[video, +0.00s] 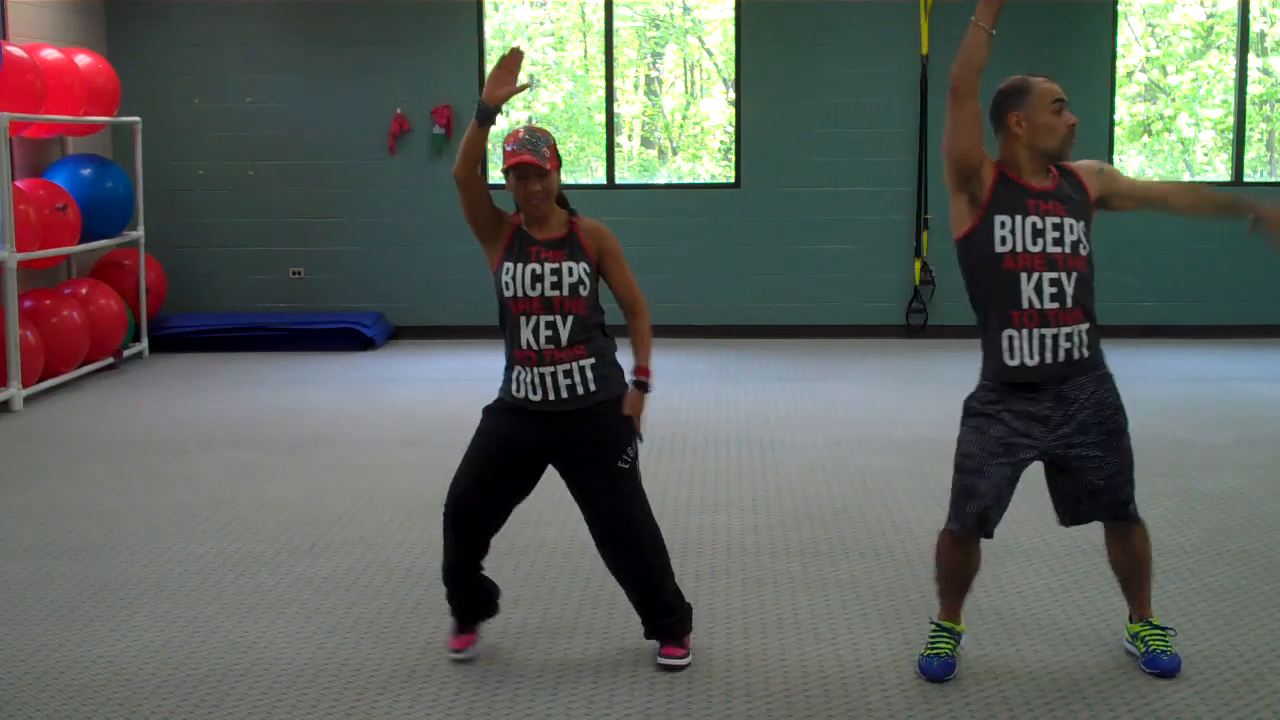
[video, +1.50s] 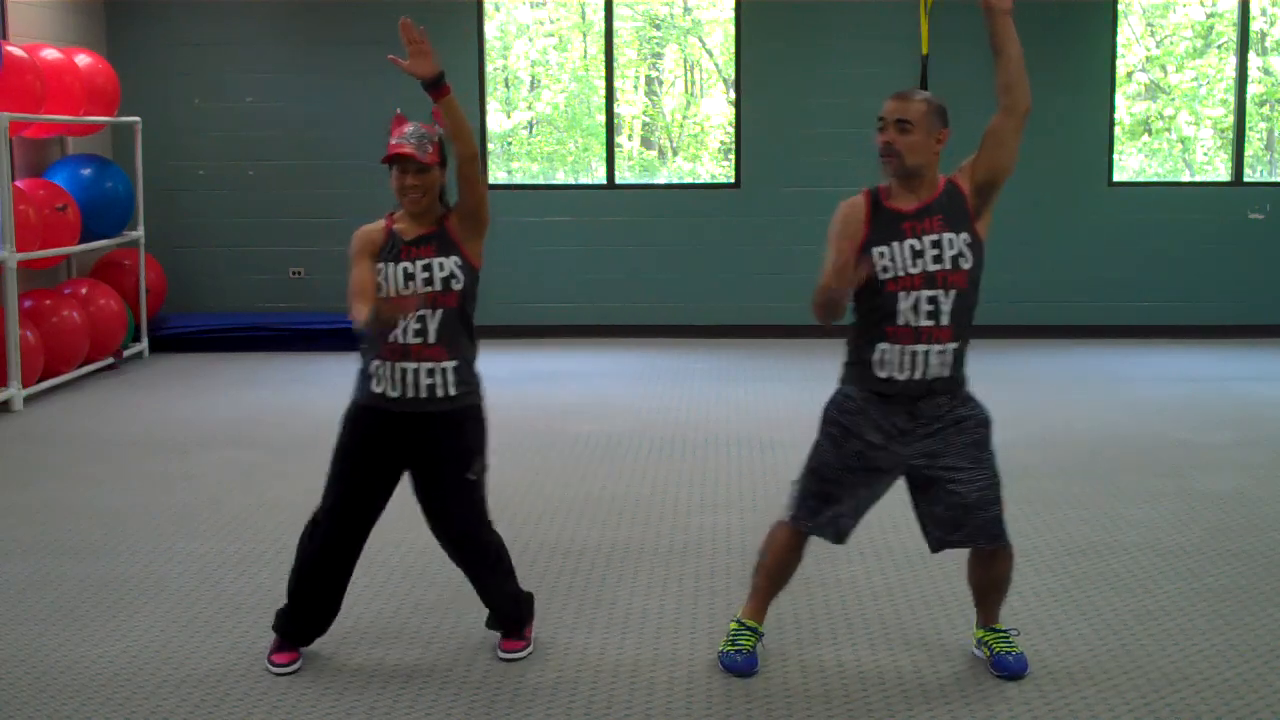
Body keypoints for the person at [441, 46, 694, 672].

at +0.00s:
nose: (527, 185)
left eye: (537, 173)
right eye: (518, 175)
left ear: (557, 176)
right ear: (506, 182)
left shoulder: (591, 237)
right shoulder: (500, 236)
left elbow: (636, 310)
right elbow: (467, 178)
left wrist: (640, 385)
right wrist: (487, 111)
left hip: (592, 408)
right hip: (519, 409)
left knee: (626, 526)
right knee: (463, 513)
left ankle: (670, 627)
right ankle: (467, 612)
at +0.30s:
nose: (486, 162)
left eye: (498, 152)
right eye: (478, 155)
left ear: (524, 168)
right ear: (471, 168)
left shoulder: (543, 225)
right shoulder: (460, 226)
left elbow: (579, 235)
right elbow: (420, 180)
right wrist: (457, 115)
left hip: (535, 407)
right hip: (465, 408)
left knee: (583, 521)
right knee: (448, 524)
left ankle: (646, 631)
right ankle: (440, 627)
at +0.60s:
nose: (456, 144)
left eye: (468, 136)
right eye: (447, 138)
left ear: (489, 149)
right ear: (436, 154)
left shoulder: (511, 211)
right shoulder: (426, 209)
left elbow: (514, 138)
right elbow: (395, 154)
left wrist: (481, 67)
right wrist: (428, 83)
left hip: (484, 392)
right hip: (419, 388)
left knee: (481, 513)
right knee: (419, 512)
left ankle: (488, 626)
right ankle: (434, 622)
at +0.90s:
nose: (438, 151)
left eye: (450, 143)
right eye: (430, 145)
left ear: (471, 158)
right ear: (418, 160)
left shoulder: (490, 215)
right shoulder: (406, 215)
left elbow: (487, 140)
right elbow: (338, 172)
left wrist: (447, 64)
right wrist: (319, 100)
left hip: (465, 401)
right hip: (398, 393)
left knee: (466, 520)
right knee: (356, 499)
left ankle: (474, 629)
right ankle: (401, 608)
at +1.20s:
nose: (407, 167)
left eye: (419, 159)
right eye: (399, 158)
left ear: (441, 170)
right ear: (387, 167)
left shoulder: (459, 224)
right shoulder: (362, 238)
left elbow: (456, 145)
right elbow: (302, 302)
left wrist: (422, 76)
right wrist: (242, 353)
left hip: (455, 411)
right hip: (381, 412)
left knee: (476, 526)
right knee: (342, 526)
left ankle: (475, 627)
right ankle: (291, 631)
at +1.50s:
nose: (408, 180)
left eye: (419, 169)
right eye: (399, 169)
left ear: (441, 174)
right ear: (389, 174)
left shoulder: (464, 230)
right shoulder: (370, 240)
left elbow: (470, 155)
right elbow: (362, 308)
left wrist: (437, 83)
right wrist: (376, 316)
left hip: (449, 411)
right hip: (379, 409)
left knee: (463, 526)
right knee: (336, 523)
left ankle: (514, 616)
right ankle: (293, 632)